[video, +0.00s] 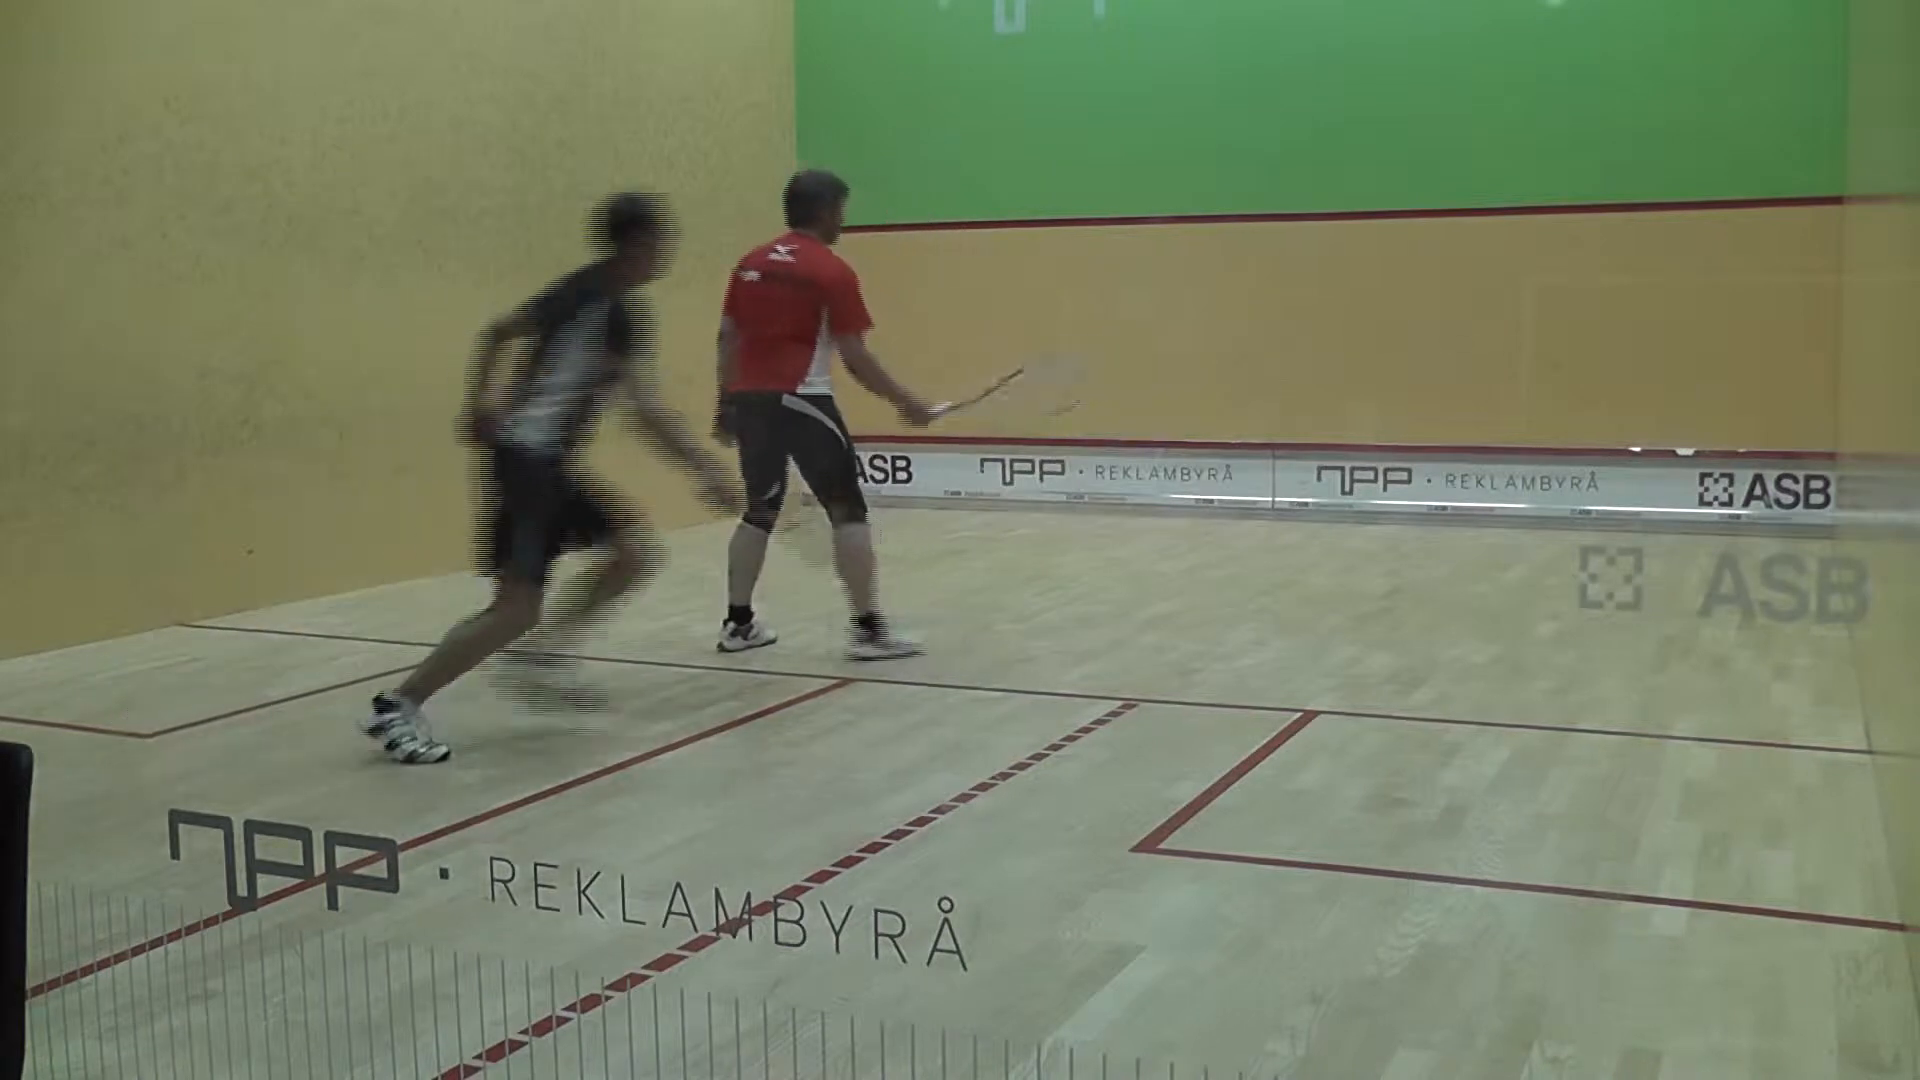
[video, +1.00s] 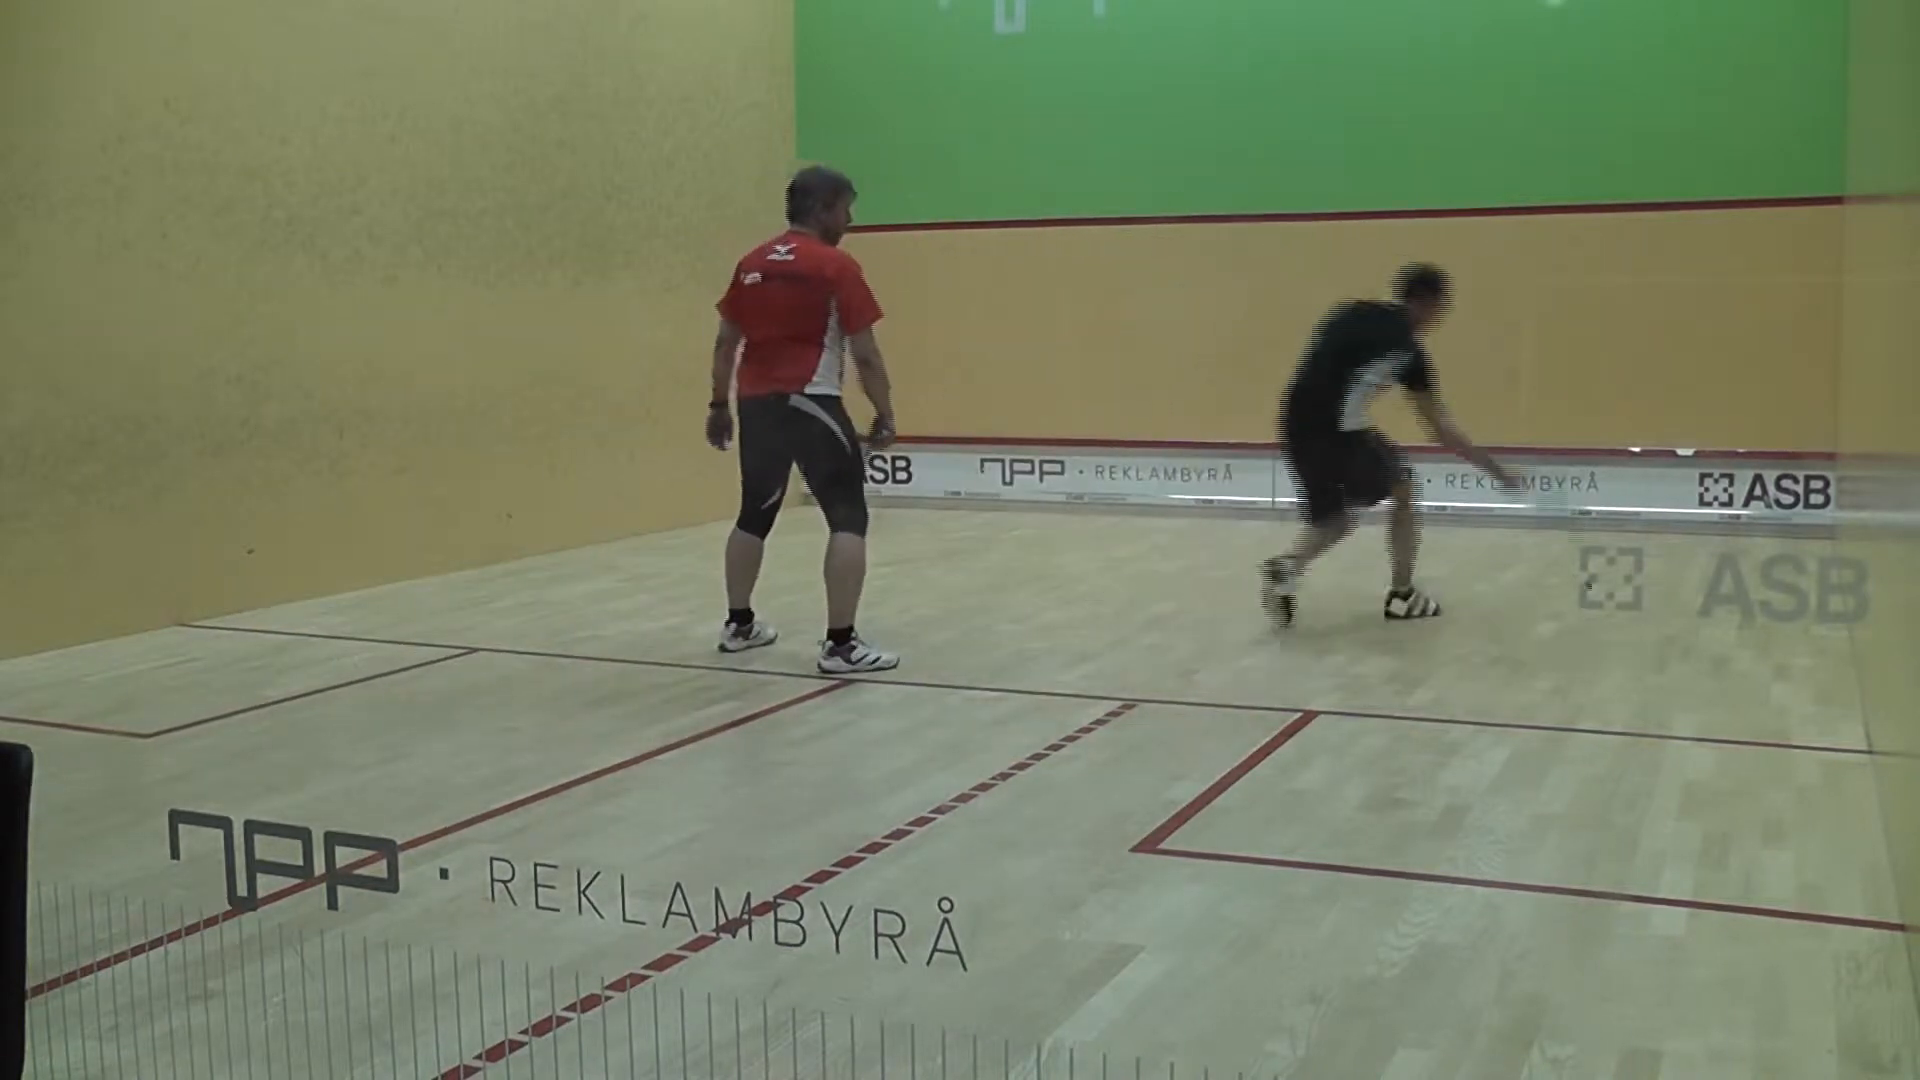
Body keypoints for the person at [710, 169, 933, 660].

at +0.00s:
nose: (843, 219)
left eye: (842, 209)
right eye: (840, 210)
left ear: (793, 211)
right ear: (824, 213)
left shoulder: (753, 261)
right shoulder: (831, 270)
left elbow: (727, 335)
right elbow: (856, 356)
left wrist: (726, 398)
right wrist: (905, 400)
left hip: (747, 400)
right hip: (804, 401)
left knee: (760, 506)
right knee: (846, 508)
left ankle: (737, 622)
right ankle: (868, 627)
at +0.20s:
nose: (829, 220)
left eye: (828, 211)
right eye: (825, 210)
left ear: (769, 208)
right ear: (814, 210)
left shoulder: (738, 257)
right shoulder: (814, 261)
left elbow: (722, 340)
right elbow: (832, 347)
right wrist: (864, 414)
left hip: (735, 405)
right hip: (794, 406)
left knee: (741, 515)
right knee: (818, 506)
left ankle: (736, 621)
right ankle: (815, 623)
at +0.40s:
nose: (814, 214)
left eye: (814, 204)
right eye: (811, 204)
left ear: (762, 205)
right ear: (794, 206)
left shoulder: (725, 259)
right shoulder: (807, 261)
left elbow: (714, 340)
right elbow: (830, 347)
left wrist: (733, 391)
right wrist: (852, 410)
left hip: (737, 399)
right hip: (793, 398)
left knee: (741, 508)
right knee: (814, 509)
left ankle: (735, 621)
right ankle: (815, 625)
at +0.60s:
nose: (812, 215)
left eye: (812, 206)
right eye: (809, 206)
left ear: (762, 206)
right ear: (791, 206)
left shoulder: (727, 256)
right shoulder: (798, 259)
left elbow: (717, 337)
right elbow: (823, 344)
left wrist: (746, 379)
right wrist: (847, 405)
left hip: (732, 399)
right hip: (782, 398)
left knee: (744, 507)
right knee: (834, 497)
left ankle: (736, 623)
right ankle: (822, 620)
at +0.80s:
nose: (820, 218)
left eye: (820, 208)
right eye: (816, 208)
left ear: (770, 208)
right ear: (797, 208)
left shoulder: (731, 258)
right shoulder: (806, 262)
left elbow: (714, 339)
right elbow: (830, 348)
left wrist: (738, 391)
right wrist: (853, 408)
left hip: (740, 405)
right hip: (793, 401)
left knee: (750, 509)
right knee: (842, 507)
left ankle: (736, 625)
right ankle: (842, 630)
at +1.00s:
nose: (850, 221)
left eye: (850, 211)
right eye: (847, 211)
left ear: (798, 208)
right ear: (825, 209)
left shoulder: (755, 260)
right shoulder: (836, 266)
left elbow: (726, 338)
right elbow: (865, 353)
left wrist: (719, 402)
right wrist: (884, 412)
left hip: (755, 406)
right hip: (813, 406)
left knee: (754, 512)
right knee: (848, 517)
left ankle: (738, 625)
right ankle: (841, 643)